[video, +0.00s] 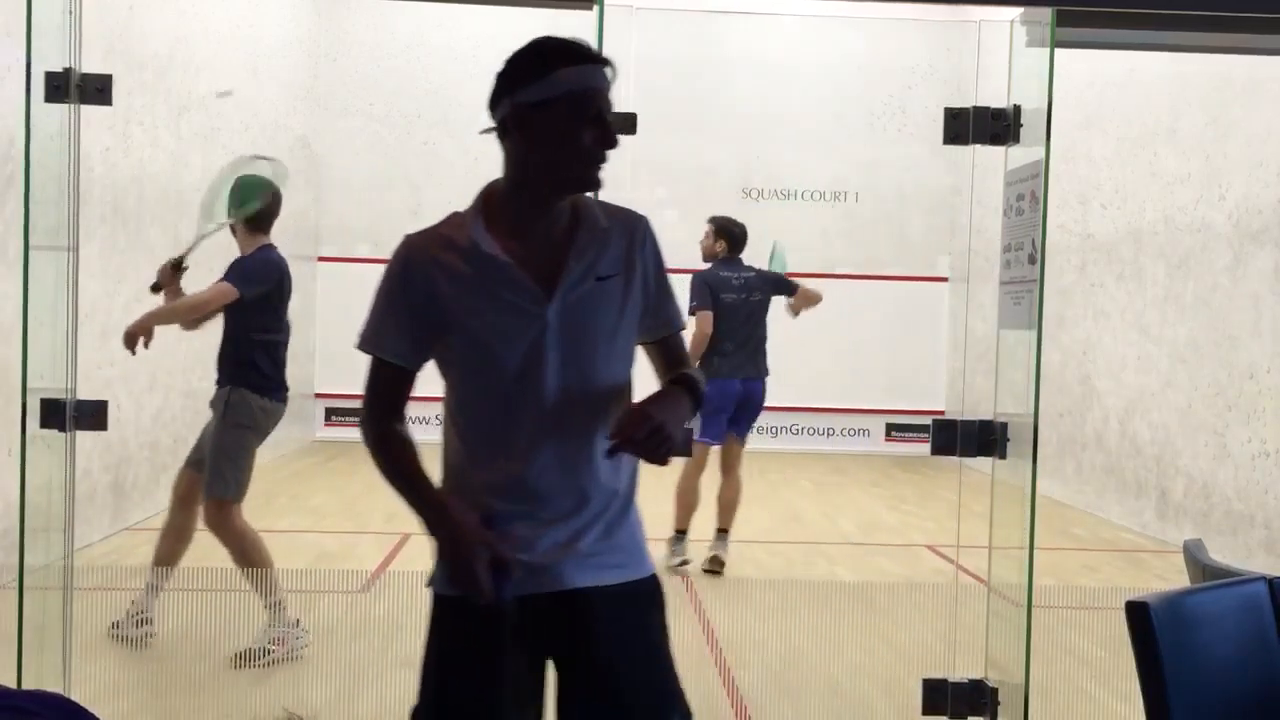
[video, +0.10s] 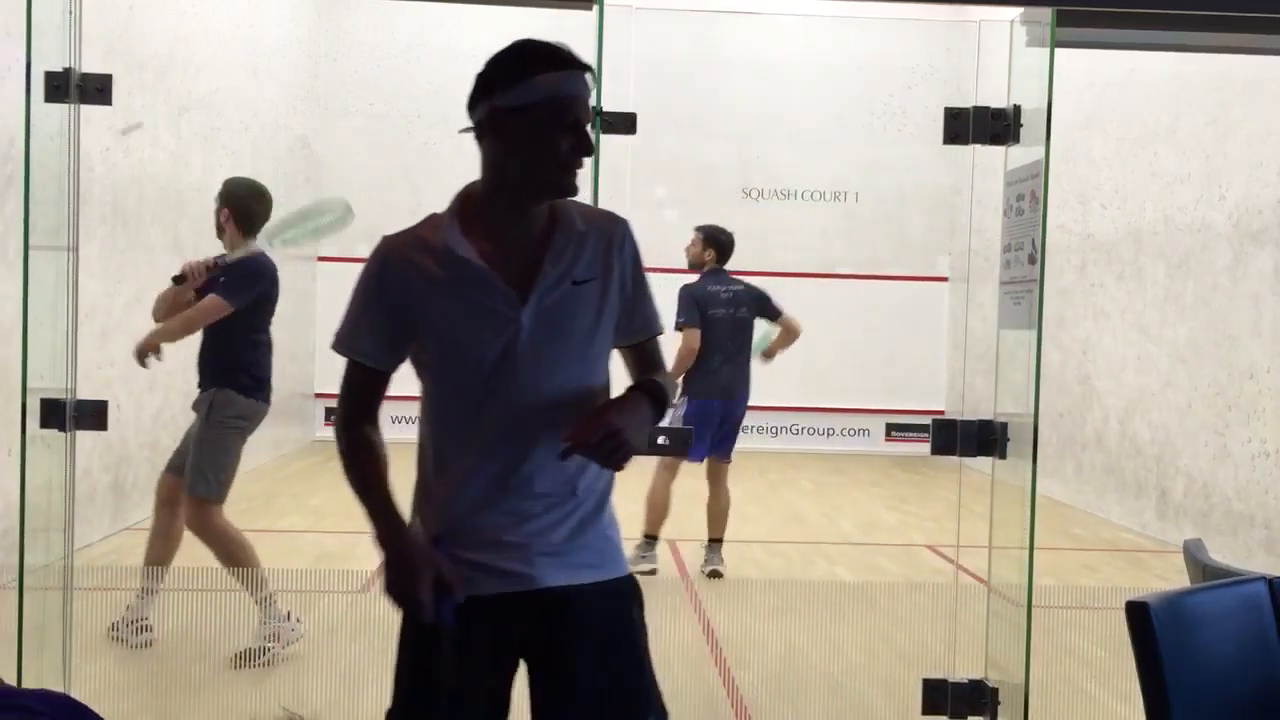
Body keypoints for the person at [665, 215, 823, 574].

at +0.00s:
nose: (701, 242)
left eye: (706, 237)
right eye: (704, 236)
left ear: (720, 244)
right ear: (733, 246)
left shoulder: (704, 278)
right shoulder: (762, 277)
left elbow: (704, 329)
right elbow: (812, 295)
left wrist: (687, 365)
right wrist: (795, 305)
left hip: (717, 382)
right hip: (754, 384)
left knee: (695, 465)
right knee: (732, 466)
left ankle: (678, 544)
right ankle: (721, 546)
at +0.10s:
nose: (687, 248)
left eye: (693, 243)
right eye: (690, 242)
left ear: (708, 252)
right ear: (719, 255)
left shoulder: (692, 290)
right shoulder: (746, 290)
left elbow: (691, 344)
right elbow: (791, 328)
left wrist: (670, 378)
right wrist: (772, 349)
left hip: (699, 396)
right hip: (735, 397)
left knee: (666, 470)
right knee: (718, 477)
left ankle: (646, 550)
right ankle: (714, 555)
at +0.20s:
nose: (671, 252)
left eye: (677, 247)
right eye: (674, 246)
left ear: (695, 256)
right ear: (703, 258)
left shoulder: (676, 294)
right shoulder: (734, 298)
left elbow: (671, 348)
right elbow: (757, 351)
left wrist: (650, 381)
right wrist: (746, 390)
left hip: (683, 400)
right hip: (721, 402)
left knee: (645, 473)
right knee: (709, 475)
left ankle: (628, 552)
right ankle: (713, 556)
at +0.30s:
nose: (655, 257)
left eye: (661, 252)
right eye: (658, 251)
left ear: (678, 259)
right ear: (688, 261)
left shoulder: (653, 297)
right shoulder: (719, 304)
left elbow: (642, 354)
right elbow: (731, 359)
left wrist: (628, 391)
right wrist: (726, 404)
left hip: (664, 409)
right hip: (706, 410)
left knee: (632, 487)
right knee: (702, 480)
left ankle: (620, 563)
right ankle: (712, 557)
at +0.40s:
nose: (643, 256)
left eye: (648, 250)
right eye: (646, 249)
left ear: (663, 256)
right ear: (681, 259)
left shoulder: (632, 295)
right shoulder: (705, 301)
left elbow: (616, 350)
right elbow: (720, 356)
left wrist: (619, 394)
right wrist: (721, 405)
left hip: (647, 411)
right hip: (692, 411)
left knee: (627, 493)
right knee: (702, 481)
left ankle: (619, 570)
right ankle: (709, 555)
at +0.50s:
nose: (644, 238)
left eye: (647, 233)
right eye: (648, 232)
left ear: (654, 239)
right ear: (681, 243)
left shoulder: (629, 280)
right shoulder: (702, 284)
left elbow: (613, 334)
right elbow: (720, 336)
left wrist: (615, 383)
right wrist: (721, 389)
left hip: (645, 391)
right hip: (690, 391)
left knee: (629, 482)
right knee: (700, 474)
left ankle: (617, 564)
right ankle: (707, 554)